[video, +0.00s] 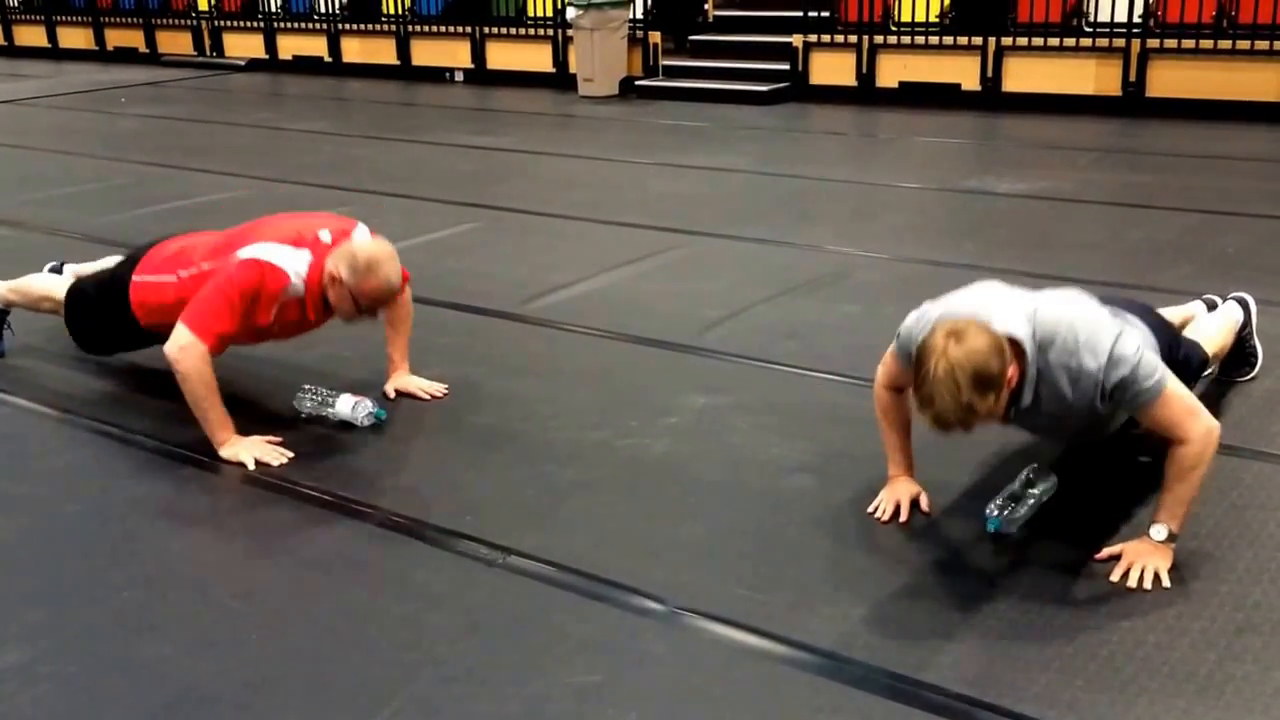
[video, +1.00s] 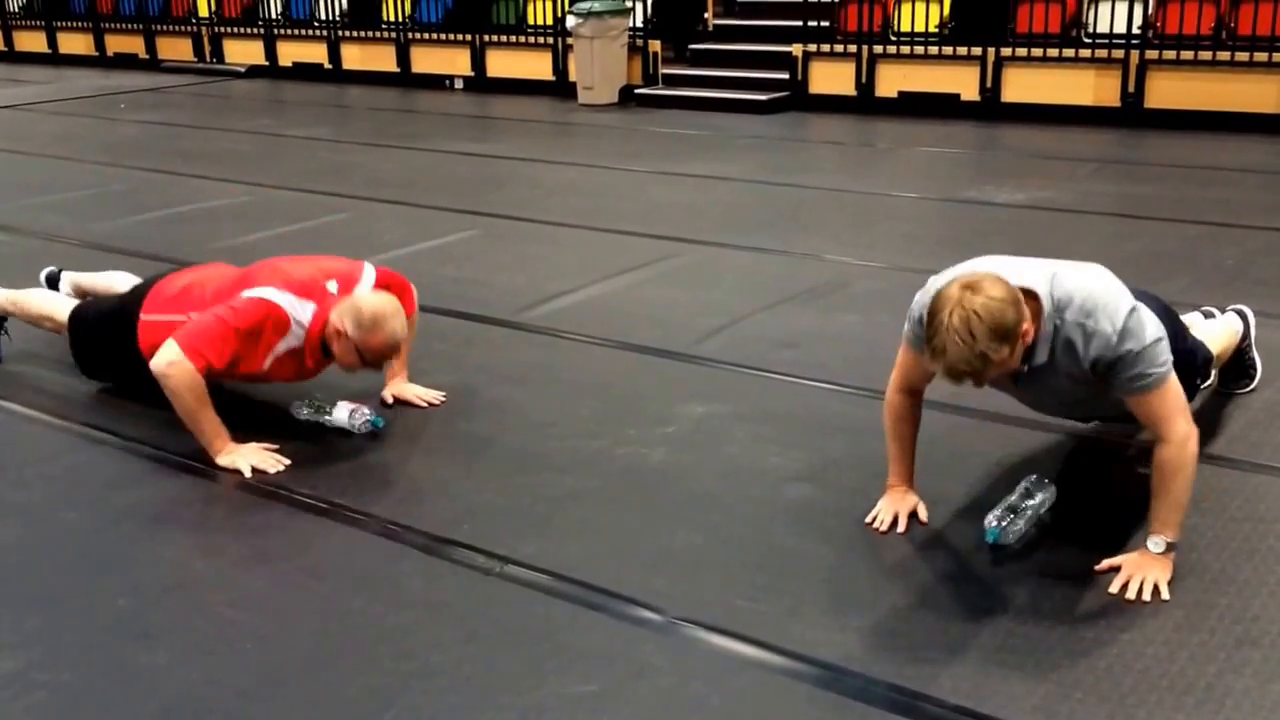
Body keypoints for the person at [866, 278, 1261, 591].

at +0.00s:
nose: (982, 425)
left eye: (986, 414)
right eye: (966, 420)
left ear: (1010, 374)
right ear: (931, 376)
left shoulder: (1103, 355)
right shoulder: (923, 331)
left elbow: (1200, 433)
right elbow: (888, 384)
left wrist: (1160, 537)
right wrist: (900, 474)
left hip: (1142, 342)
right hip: (1081, 321)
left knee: (1195, 351)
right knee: (1157, 328)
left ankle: (1235, 313)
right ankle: (1201, 308)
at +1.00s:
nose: (987, 387)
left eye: (996, 374)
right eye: (974, 379)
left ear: (1025, 331)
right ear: (951, 342)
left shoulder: (1111, 325)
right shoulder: (935, 310)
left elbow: (1178, 436)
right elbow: (904, 391)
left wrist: (1159, 548)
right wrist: (899, 484)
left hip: (1147, 353)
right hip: (1065, 376)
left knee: (1196, 354)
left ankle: (1236, 326)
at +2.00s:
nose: (978, 499)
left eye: (982, 490)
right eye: (964, 494)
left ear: (1010, 453)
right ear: (931, 427)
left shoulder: (1099, 418)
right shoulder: (940, 380)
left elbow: (1217, 468)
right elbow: (880, 404)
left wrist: (1161, 564)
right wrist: (895, 497)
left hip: (1133, 395)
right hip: (1059, 370)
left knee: (1191, 393)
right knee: (1129, 370)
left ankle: (1232, 339)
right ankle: (1194, 334)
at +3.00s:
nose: (985, 479)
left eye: (990, 469)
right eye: (969, 474)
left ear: (1014, 427)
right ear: (939, 427)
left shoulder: (1103, 403)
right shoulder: (933, 371)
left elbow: (1212, 471)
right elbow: (884, 411)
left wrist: (1162, 571)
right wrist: (897, 503)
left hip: (1136, 396)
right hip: (1086, 371)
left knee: (1195, 395)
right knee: (1136, 366)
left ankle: (1233, 346)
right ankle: (1200, 341)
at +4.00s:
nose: (992, 386)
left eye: (1003, 375)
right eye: (980, 378)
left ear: (1035, 336)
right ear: (953, 341)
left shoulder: (1122, 334)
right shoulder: (945, 315)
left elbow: (1169, 454)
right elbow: (911, 406)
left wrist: (1161, 569)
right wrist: (899, 502)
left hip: (1148, 377)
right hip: (1064, 400)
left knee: (1198, 385)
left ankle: (1236, 351)